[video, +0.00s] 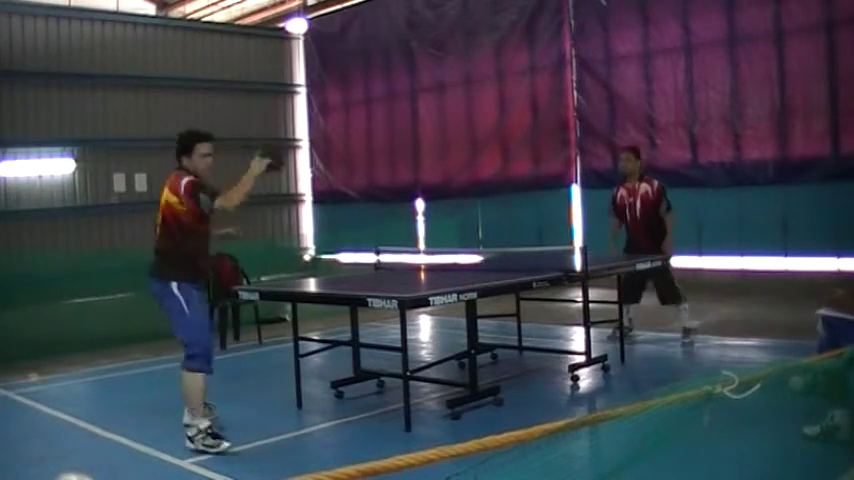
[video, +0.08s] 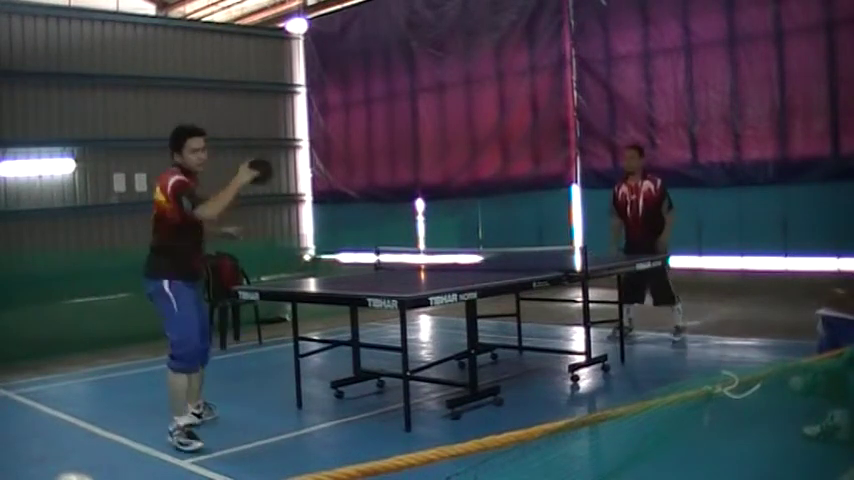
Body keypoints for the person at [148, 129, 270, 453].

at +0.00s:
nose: (210, 161)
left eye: (211, 155)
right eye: (204, 156)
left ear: (190, 160)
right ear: (185, 159)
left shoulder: (182, 182)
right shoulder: (184, 184)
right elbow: (227, 201)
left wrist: (221, 231)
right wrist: (252, 172)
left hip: (186, 276)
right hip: (175, 278)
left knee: (200, 344)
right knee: (197, 346)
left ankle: (197, 412)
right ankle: (196, 427)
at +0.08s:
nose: (202, 156)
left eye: (204, 150)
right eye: (195, 150)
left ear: (203, 152)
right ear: (177, 154)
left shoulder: (187, 182)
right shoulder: (173, 181)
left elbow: (188, 226)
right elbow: (203, 212)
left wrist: (220, 231)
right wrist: (239, 181)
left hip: (188, 275)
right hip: (168, 278)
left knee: (200, 340)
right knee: (185, 344)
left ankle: (194, 406)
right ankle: (178, 425)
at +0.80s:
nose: (110, 154)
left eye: (114, 145)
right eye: (103, 150)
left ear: (132, 142)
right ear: (98, 154)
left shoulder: (161, 183)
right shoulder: (94, 189)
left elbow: (192, 226)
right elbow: (82, 233)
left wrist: (162, 251)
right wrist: (95, 249)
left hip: (152, 289)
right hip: (115, 292)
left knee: (147, 363)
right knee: (137, 364)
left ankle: (142, 446)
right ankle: (160, 420)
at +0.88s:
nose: (104, 155)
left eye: (109, 146)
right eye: (97, 150)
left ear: (127, 142)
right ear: (94, 153)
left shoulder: (156, 186)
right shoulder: (91, 190)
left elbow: (187, 230)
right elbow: (80, 233)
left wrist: (154, 255)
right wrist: (82, 250)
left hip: (145, 291)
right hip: (107, 292)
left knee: (138, 366)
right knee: (130, 366)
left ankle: (134, 455)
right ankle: (157, 421)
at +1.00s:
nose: (91, 151)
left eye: (97, 142)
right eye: (85, 145)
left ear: (118, 138)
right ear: (82, 148)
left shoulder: (146, 182)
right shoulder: (84, 185)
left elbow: (173, 234)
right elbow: (74, 228)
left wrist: (130, 259)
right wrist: (70, 250)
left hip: (134, 295)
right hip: (94, 295)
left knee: (130, 376)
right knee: (101, 382)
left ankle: (134, 458)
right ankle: (147, 407)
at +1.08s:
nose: (82, 147)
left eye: (88, 139)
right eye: (76, 141)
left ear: (109, 135)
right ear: (74, 144)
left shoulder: (136, 179)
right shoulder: (78, 183)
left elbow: (162, 235)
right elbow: (72, 226)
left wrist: (110, 255)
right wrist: (62, 249)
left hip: (127, 295)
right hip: (86, 295)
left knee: (129, 377)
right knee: (82, 379)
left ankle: (135, 459)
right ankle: (130, 410)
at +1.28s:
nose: (53, 150)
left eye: (58, 141)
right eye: (48, 143)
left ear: (80, 136)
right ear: (48, 145)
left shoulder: (108, 179)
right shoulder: (60, 186)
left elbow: (120, 238)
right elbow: (63, 231)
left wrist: (59, 257)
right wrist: (42, 253)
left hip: (108, 305)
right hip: (64, 304)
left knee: (126, 387)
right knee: (46, 390)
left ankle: (138, 461)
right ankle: (50, 472)